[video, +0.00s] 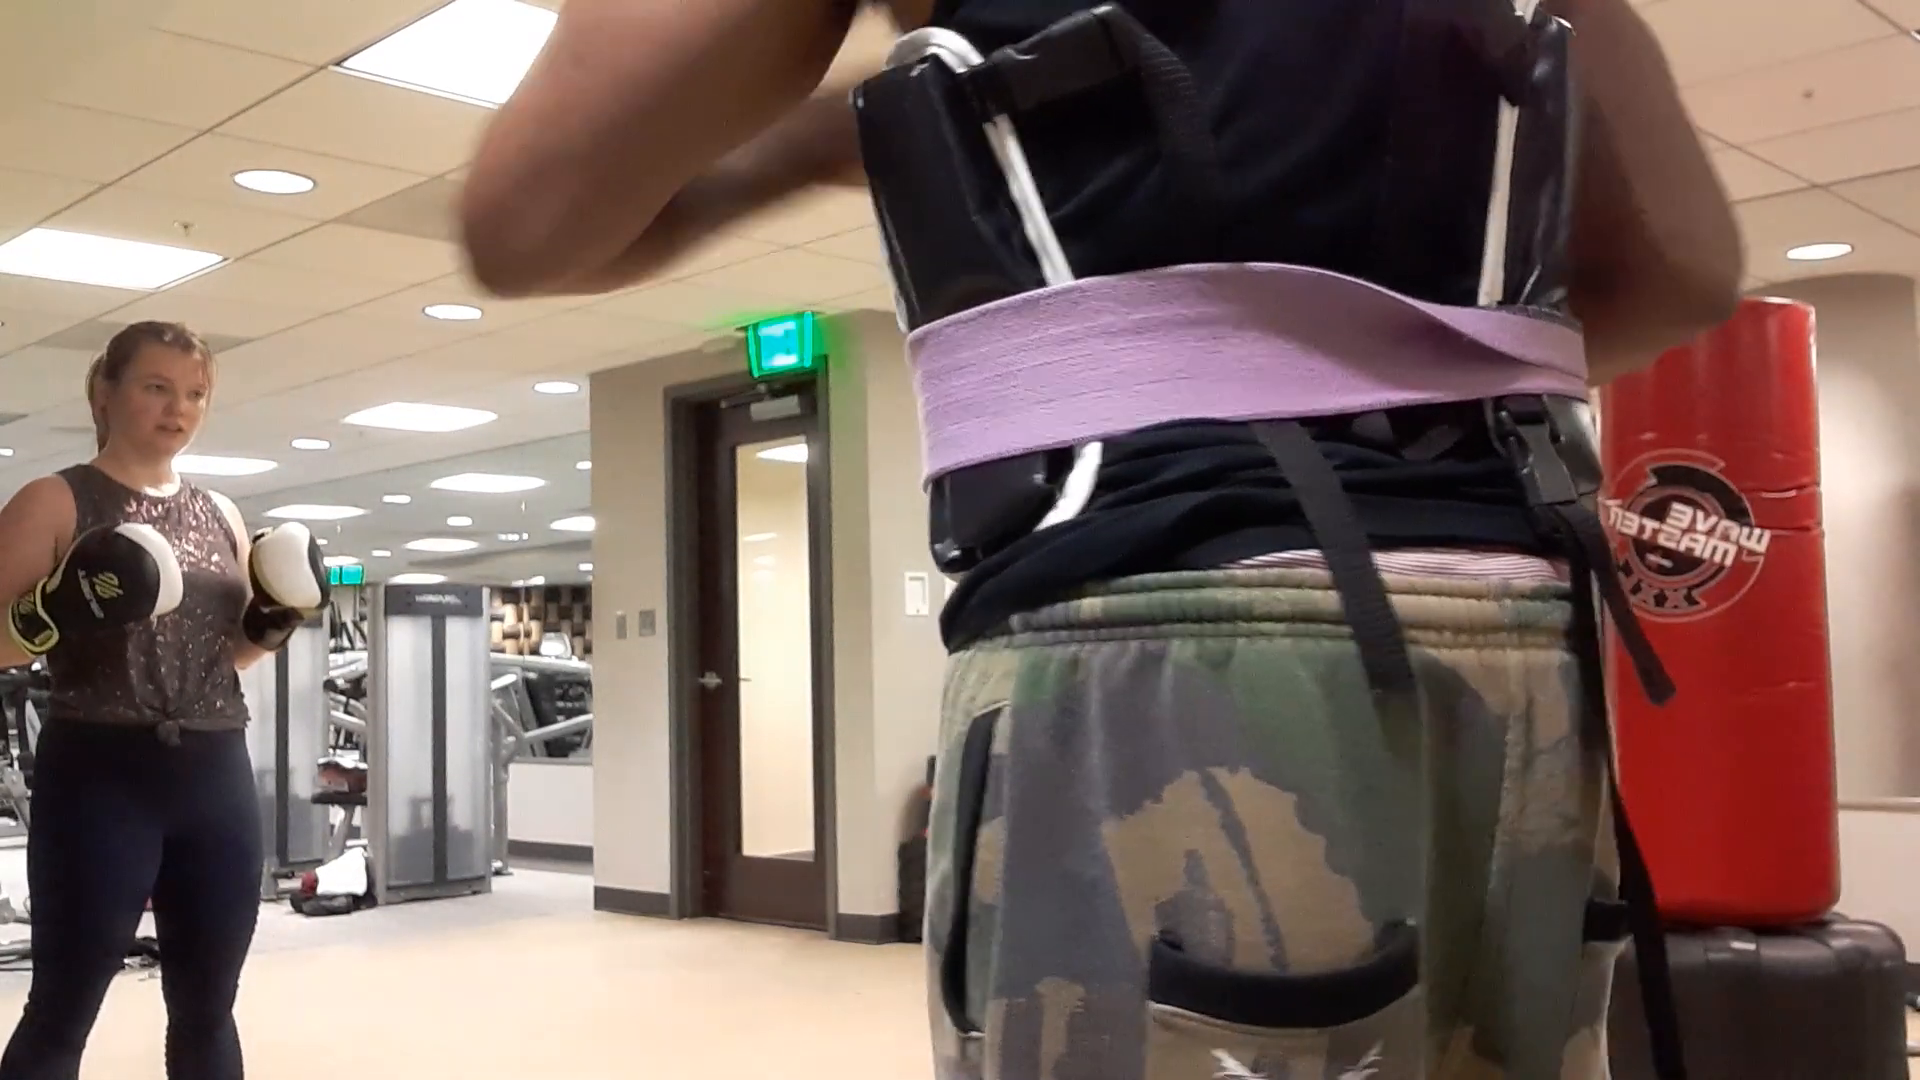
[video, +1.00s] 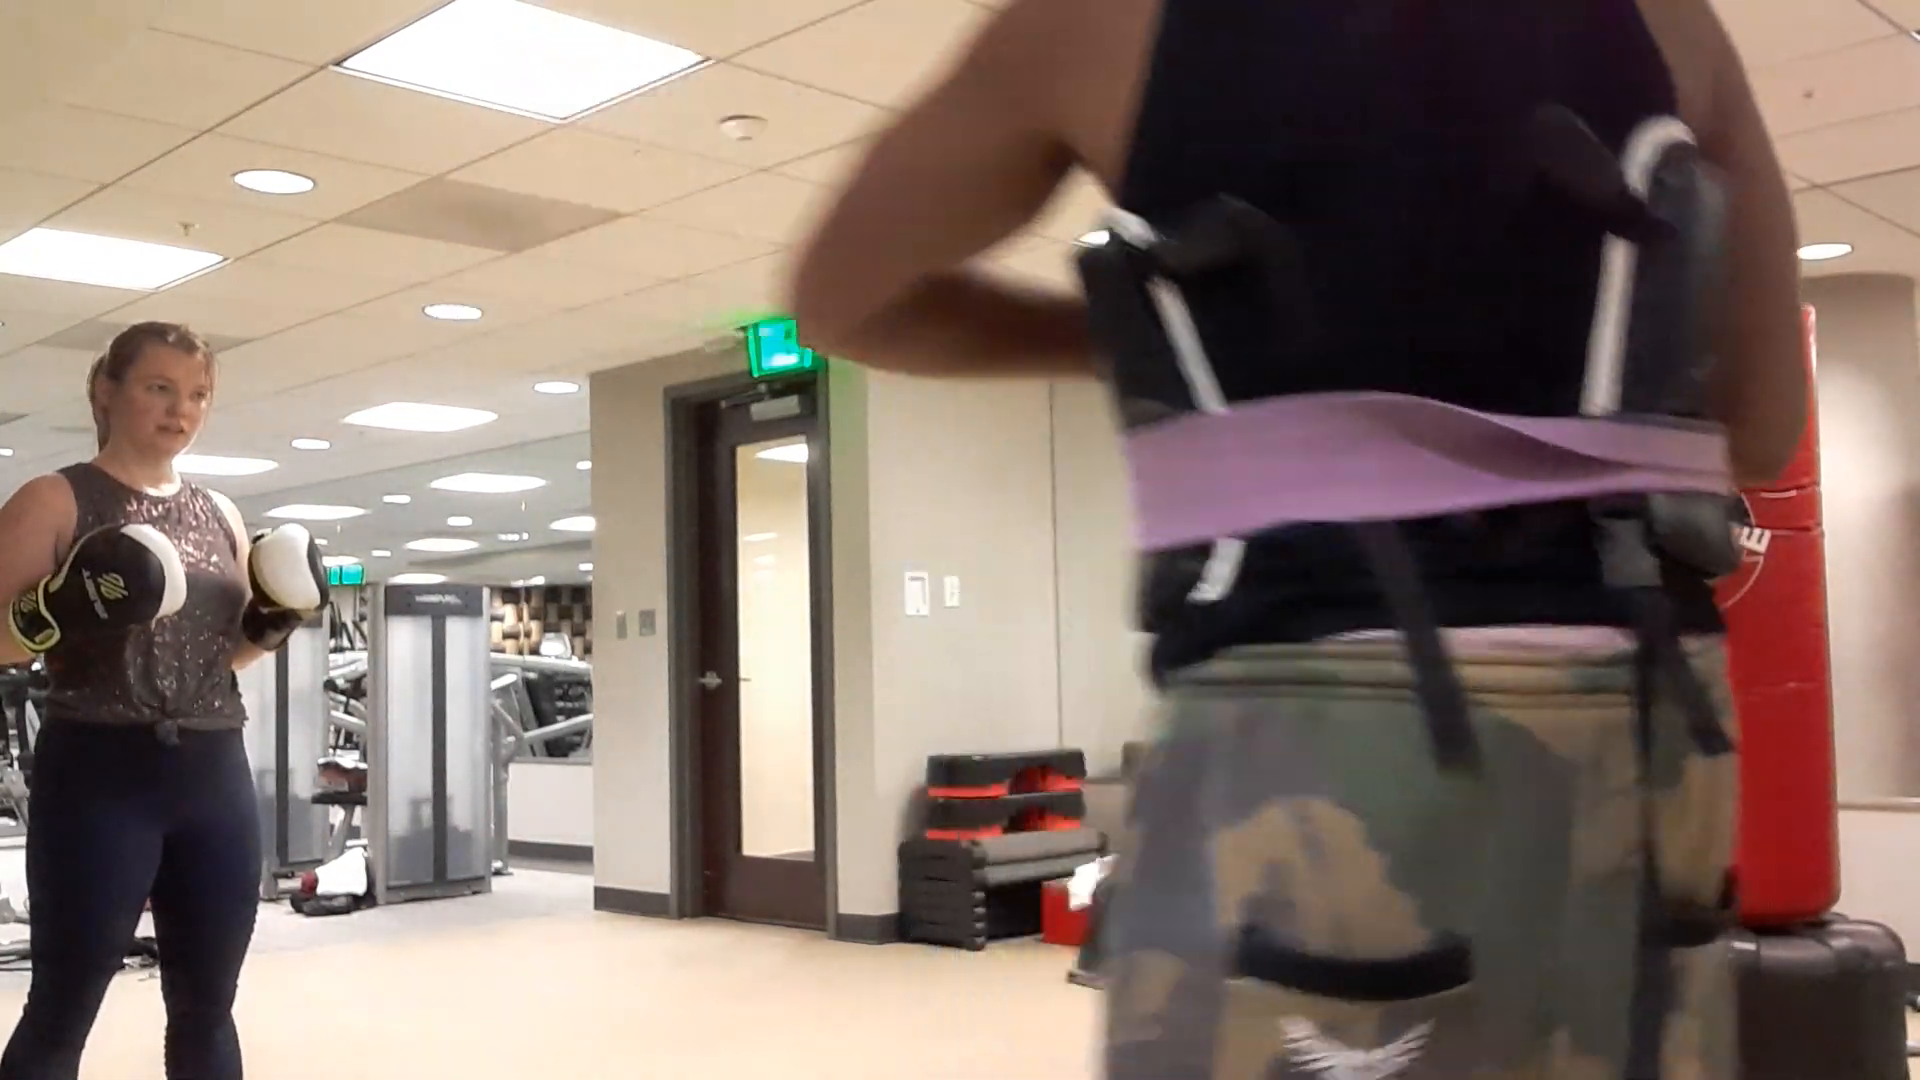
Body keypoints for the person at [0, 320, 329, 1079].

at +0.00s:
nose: (180, 408)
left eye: (195, 394)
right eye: (158, 388)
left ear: (206, 407)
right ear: (104, 394)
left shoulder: (223, 518)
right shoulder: (54, 503)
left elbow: (224, 661)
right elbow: (3, 648)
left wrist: (278, 615)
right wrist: (63, 608)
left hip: (218, 776)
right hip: (96, 776)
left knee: (208, 1011)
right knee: (61, 1013)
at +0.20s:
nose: (180, 409)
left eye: (195, 395)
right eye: (159, 388)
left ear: (206, 408)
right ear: (105, 394)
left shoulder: (221, 518)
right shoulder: (53, 504)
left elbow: (225, 659)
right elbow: (3, 647)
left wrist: (279, 614)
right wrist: (60, 609)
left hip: (217, 776)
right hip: (96, 777)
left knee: (208, 1011)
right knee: (62, 1011)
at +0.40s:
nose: (181, 409)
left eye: (196, 395)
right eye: (160, 388)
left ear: (207, 408)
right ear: (105, 392)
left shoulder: (221, 518)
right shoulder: (53, 504)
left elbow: (220, 661)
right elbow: (3, 646)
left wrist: (276, 617)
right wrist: (60, 609)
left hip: (216, 776)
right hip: (95, 776)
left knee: (207, 1009)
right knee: (62, 1009)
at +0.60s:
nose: (182, 409)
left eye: (196, 395)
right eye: (160, 388)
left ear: (207, 408)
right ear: (105, 392)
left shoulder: (221, 518)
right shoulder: (53, 504)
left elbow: (221, 659)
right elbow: (3, 646)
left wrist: (277, 616)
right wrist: (62, 609)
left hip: (216, 776)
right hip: (95, 776)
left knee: (208, 1006)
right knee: (64, 1006)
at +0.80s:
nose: (182, 409)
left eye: (197, 395)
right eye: (160, 388)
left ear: (207, 407)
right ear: (105, 392)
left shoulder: (221, 517)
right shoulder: (53, 503)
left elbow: (223, 658)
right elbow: (4, 646)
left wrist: (277, 616)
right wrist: (62, 607)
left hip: (216, 776)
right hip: (95, 775)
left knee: (208, 1005)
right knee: (65, 1003)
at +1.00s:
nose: (181, 409)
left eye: (196, 395)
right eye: (160, 388)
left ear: (207, 407)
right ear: (105, 392)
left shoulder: (222, 517)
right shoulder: (53, 503)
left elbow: (222, 659)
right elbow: (3, 645)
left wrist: (278, 616)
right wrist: (64, 607)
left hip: (216, 777)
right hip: (95, 777)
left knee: (208, 1008)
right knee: (63, 1008)